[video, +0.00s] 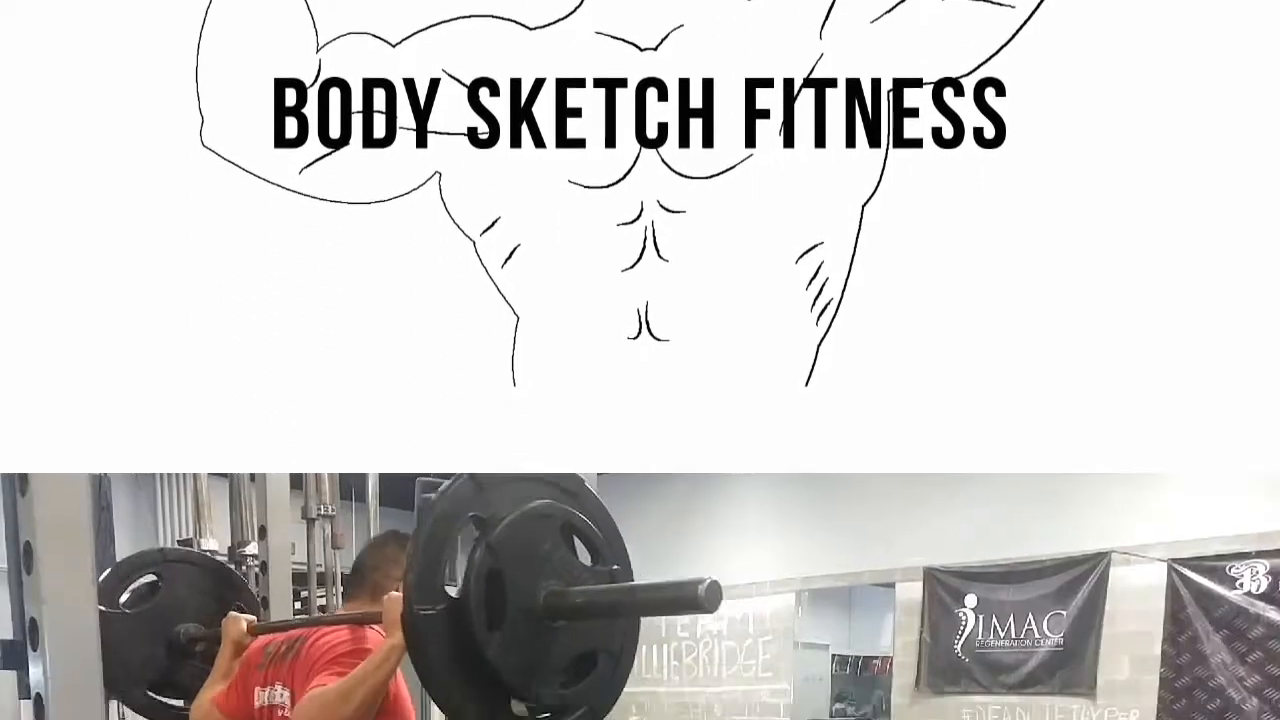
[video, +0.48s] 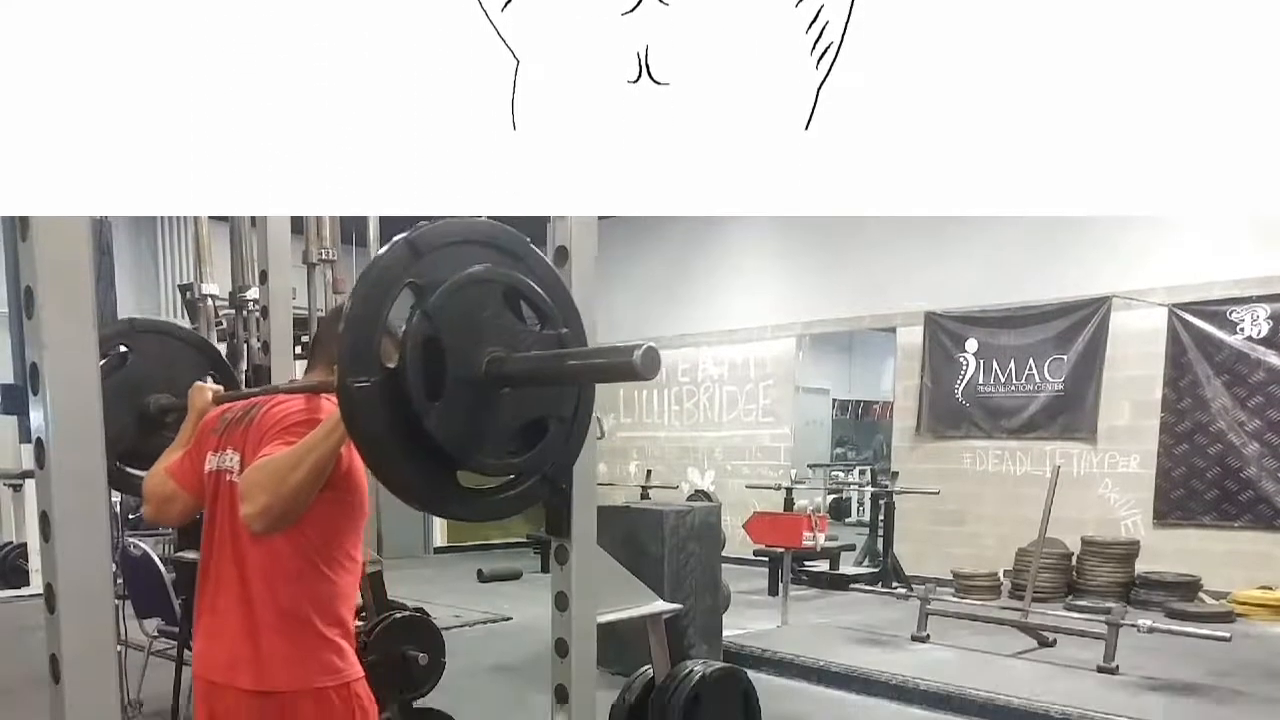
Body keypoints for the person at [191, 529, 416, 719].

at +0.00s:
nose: (427, 601)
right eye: (424, 587)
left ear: (351, 581)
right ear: (403, 590)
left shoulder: (266, 646)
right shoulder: (361, 641)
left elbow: (203, 712)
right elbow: (311, 711)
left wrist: (228, 650)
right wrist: (396, 642)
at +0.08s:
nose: (423, 538)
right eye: (419, 524)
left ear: (345, 519)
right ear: (395, 527)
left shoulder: (260, 585)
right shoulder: (349, 578)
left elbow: (197, 677)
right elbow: (303, 677)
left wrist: (223, 586)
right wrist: (386, 580)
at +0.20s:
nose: (411, 486)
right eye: (408, 472)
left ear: (337, 467)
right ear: (386, 474)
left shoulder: (252, 532)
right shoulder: (337, 526)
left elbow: (188, 622)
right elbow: (294, 624)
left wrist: (216, 534)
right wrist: (376, 526)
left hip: (248, 711)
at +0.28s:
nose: (399, 452)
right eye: (398, 440)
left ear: (330, 438)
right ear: (372, 445)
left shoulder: (249, 498)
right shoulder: (334, 492)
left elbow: (182, 589)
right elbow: (289, 591)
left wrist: (212, 499)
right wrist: (371, 492)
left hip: (242, 709)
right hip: (326, 709)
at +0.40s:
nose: (389, 410)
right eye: (385, 400)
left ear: (317, 393)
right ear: (359, 397)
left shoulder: (234, 455)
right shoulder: (324, 448)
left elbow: (168, 543)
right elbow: (271, 544)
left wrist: (201, 453)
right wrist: (360, 448)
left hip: (227, 703)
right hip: (319, 705)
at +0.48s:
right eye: (384, 359)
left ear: (311, 354)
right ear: (359, 362)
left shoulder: (225, 419)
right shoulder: (313, 413)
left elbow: (158, 506)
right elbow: (261, 510)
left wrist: (194, 419)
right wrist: (353, 410)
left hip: (218, 688)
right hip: (308, 689)